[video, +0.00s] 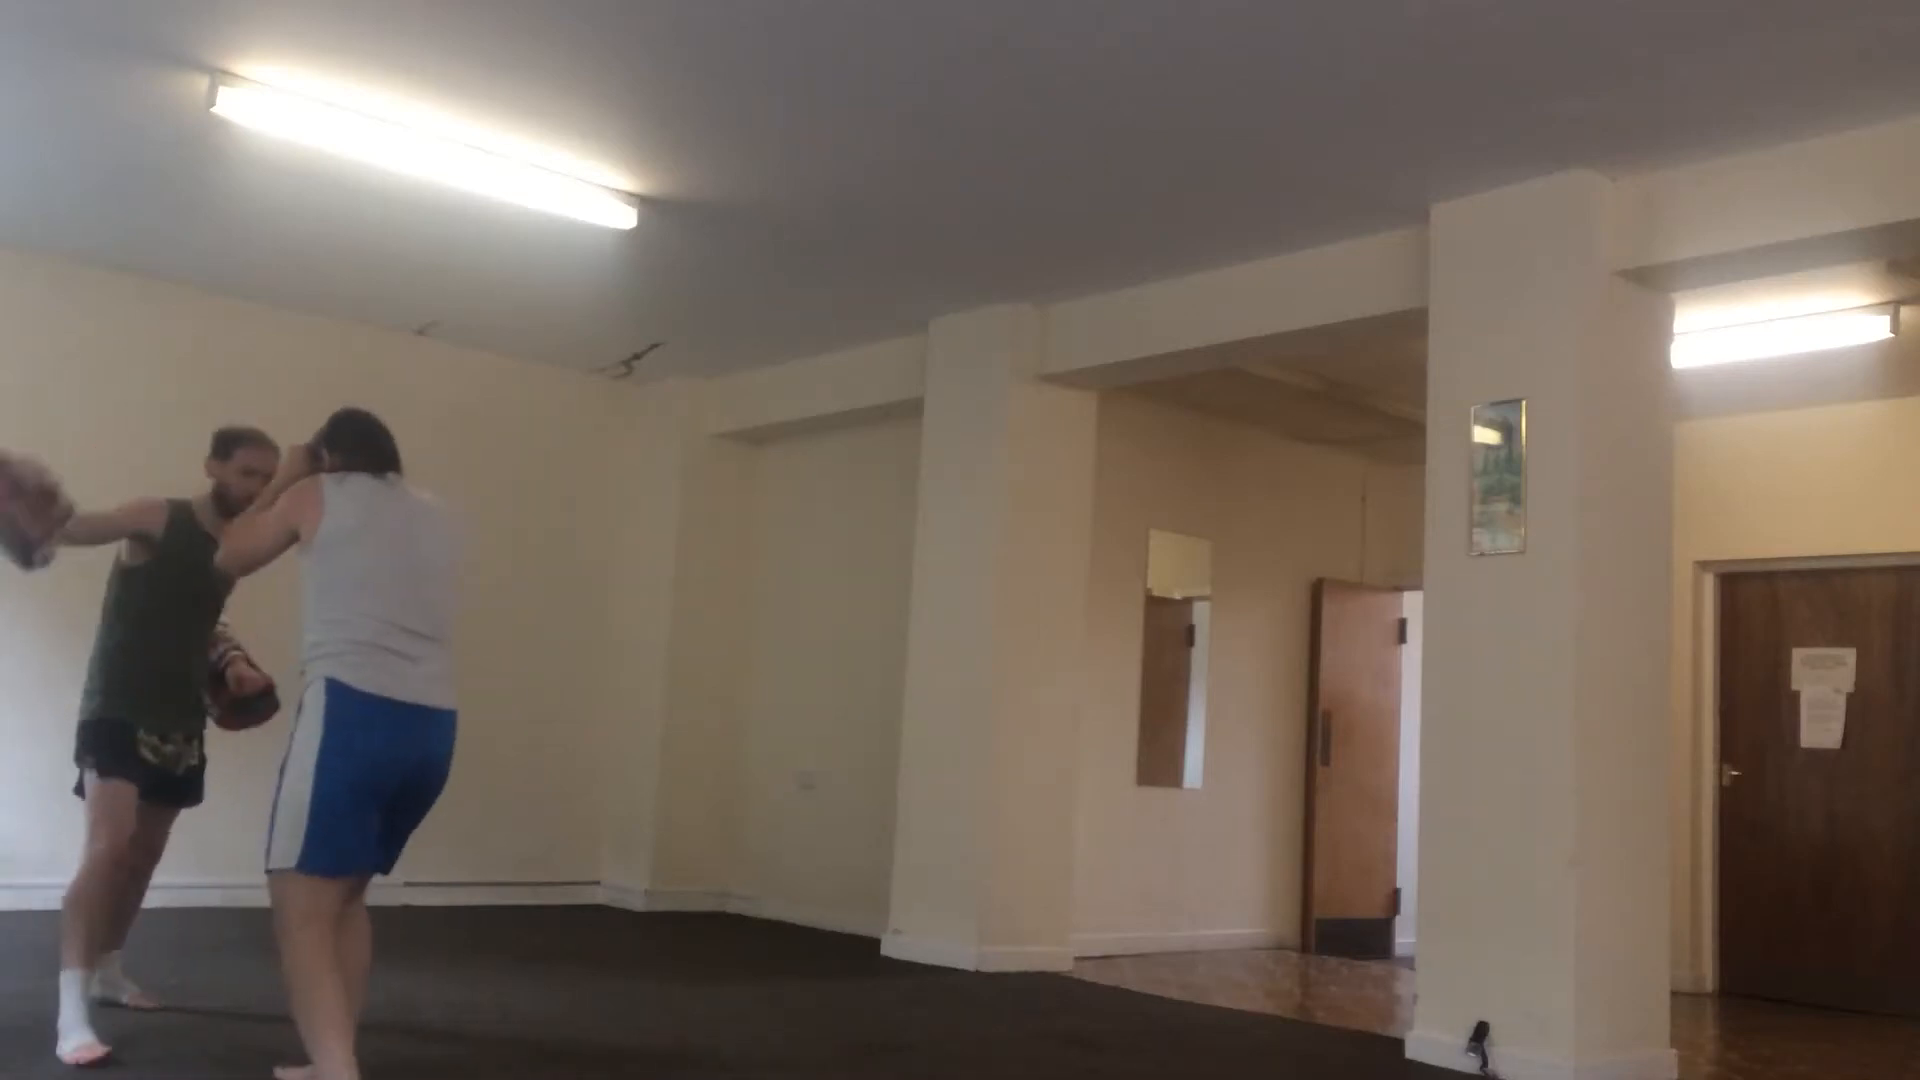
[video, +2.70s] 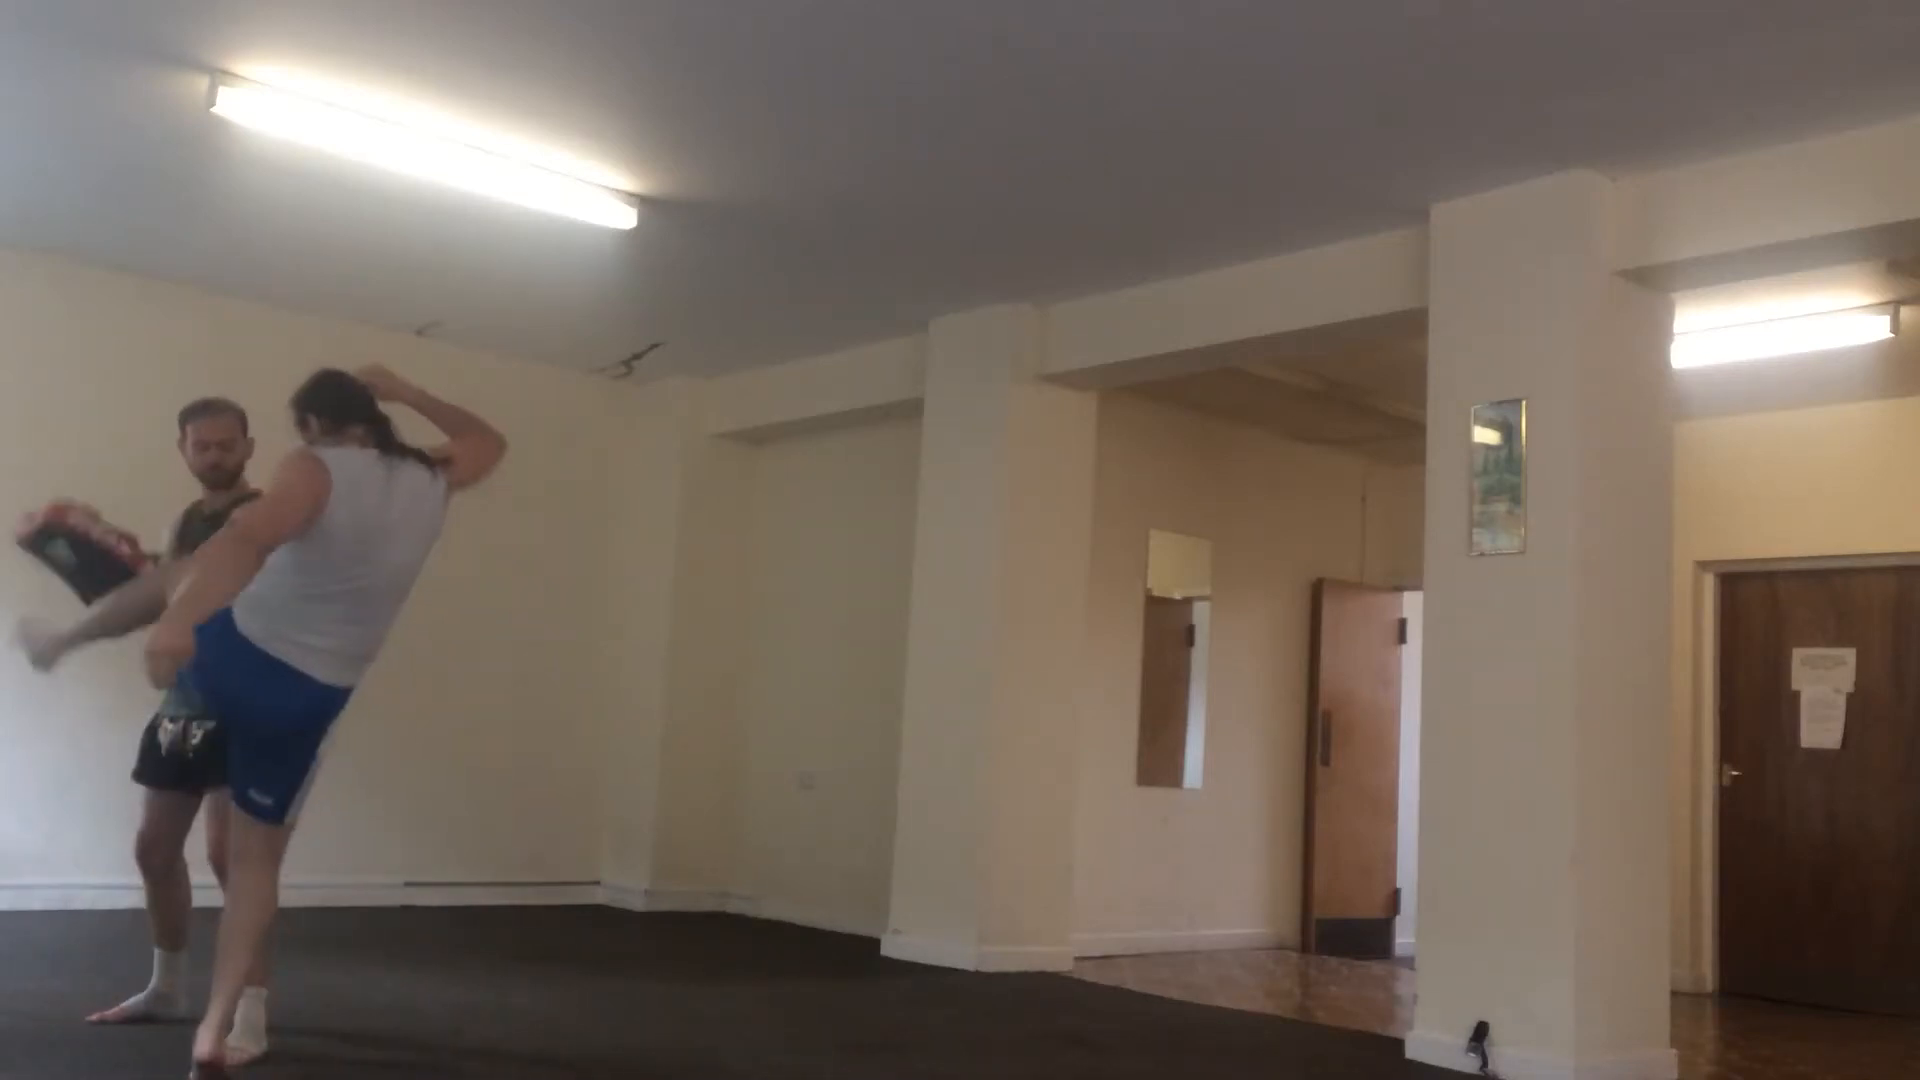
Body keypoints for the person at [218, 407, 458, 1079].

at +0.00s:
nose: (303, 465)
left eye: (311, 456)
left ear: (330, 458)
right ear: (391, 462)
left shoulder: (316, 497)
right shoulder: (441, 520)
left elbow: (230, 557)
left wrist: (282, 483)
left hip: (346, 721)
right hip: (427, 730)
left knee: (304, 911)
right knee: (348, 899)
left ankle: (334, 1066)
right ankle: (333, 1057)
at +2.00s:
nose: (363, 437)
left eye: (368, 430)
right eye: (368, 430)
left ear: (376, 437)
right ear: (446, 441)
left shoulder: (357, 479)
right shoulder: (487, 505)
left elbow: (250, 522)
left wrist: (312, 457)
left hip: (396, 715)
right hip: (481, 724)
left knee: (366, 931)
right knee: (398, 911)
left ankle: (416, 1072)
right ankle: (389, 1063)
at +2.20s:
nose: (335, 467)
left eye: (340, 459)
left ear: (352, 469)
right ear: (424, 481)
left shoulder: (316, 514)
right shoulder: (461, 545)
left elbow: (227, 598)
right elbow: (477, 573)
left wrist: (310, 496)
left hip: (364, 747)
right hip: (448, 761)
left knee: (327, 968)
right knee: (337, 924)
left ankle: (401, 1073)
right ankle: (287, 1061)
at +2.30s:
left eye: (353, 455)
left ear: (353, 472)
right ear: (424, 486)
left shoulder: (312, 514)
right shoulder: (447, 548)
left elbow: (246, 512)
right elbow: (522, 554)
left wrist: (328, 469)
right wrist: (453, 491)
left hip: (324, 756)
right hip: (405, 771)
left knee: (326, 966)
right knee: (289, 924)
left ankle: (405, 1074)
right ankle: (239, 1049)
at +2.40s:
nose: (348, 473)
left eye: (352, 465)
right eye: (357, 465)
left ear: (359, 474)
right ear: (424, 488)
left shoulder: (308, 510)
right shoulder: (448, 559)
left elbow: (207, 475)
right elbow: (542, 564)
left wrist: (250, 472)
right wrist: (491, 493)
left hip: (286, 748)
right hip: (363, 767)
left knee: (240, 945)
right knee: (268, 904)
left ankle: (355, 1055)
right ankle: (230, 1056)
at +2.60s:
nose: (320, 456)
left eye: (323, 447)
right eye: (321, 449)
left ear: (338, 447)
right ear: (399, 447)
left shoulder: (324, 494)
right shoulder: (445, 512)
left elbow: (221, 526)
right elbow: (511, 499)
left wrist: (117, 569)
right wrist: (445, 432)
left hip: (241, 686)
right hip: (317, 730)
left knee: (137, 672)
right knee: (273, 877)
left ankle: (25, 775)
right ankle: (231, 1049)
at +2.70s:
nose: (300, 440)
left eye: (300, 431)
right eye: (300, 432)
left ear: (316, 427)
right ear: (373, 424)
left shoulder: (313, 468)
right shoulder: (428, 478)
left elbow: (250, 533)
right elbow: (488, 443)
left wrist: (181, 620)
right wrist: (407, 391)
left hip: (233, 664)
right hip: (308, 704)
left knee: (181, 574)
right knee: (256, 861)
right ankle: (215, 1028)